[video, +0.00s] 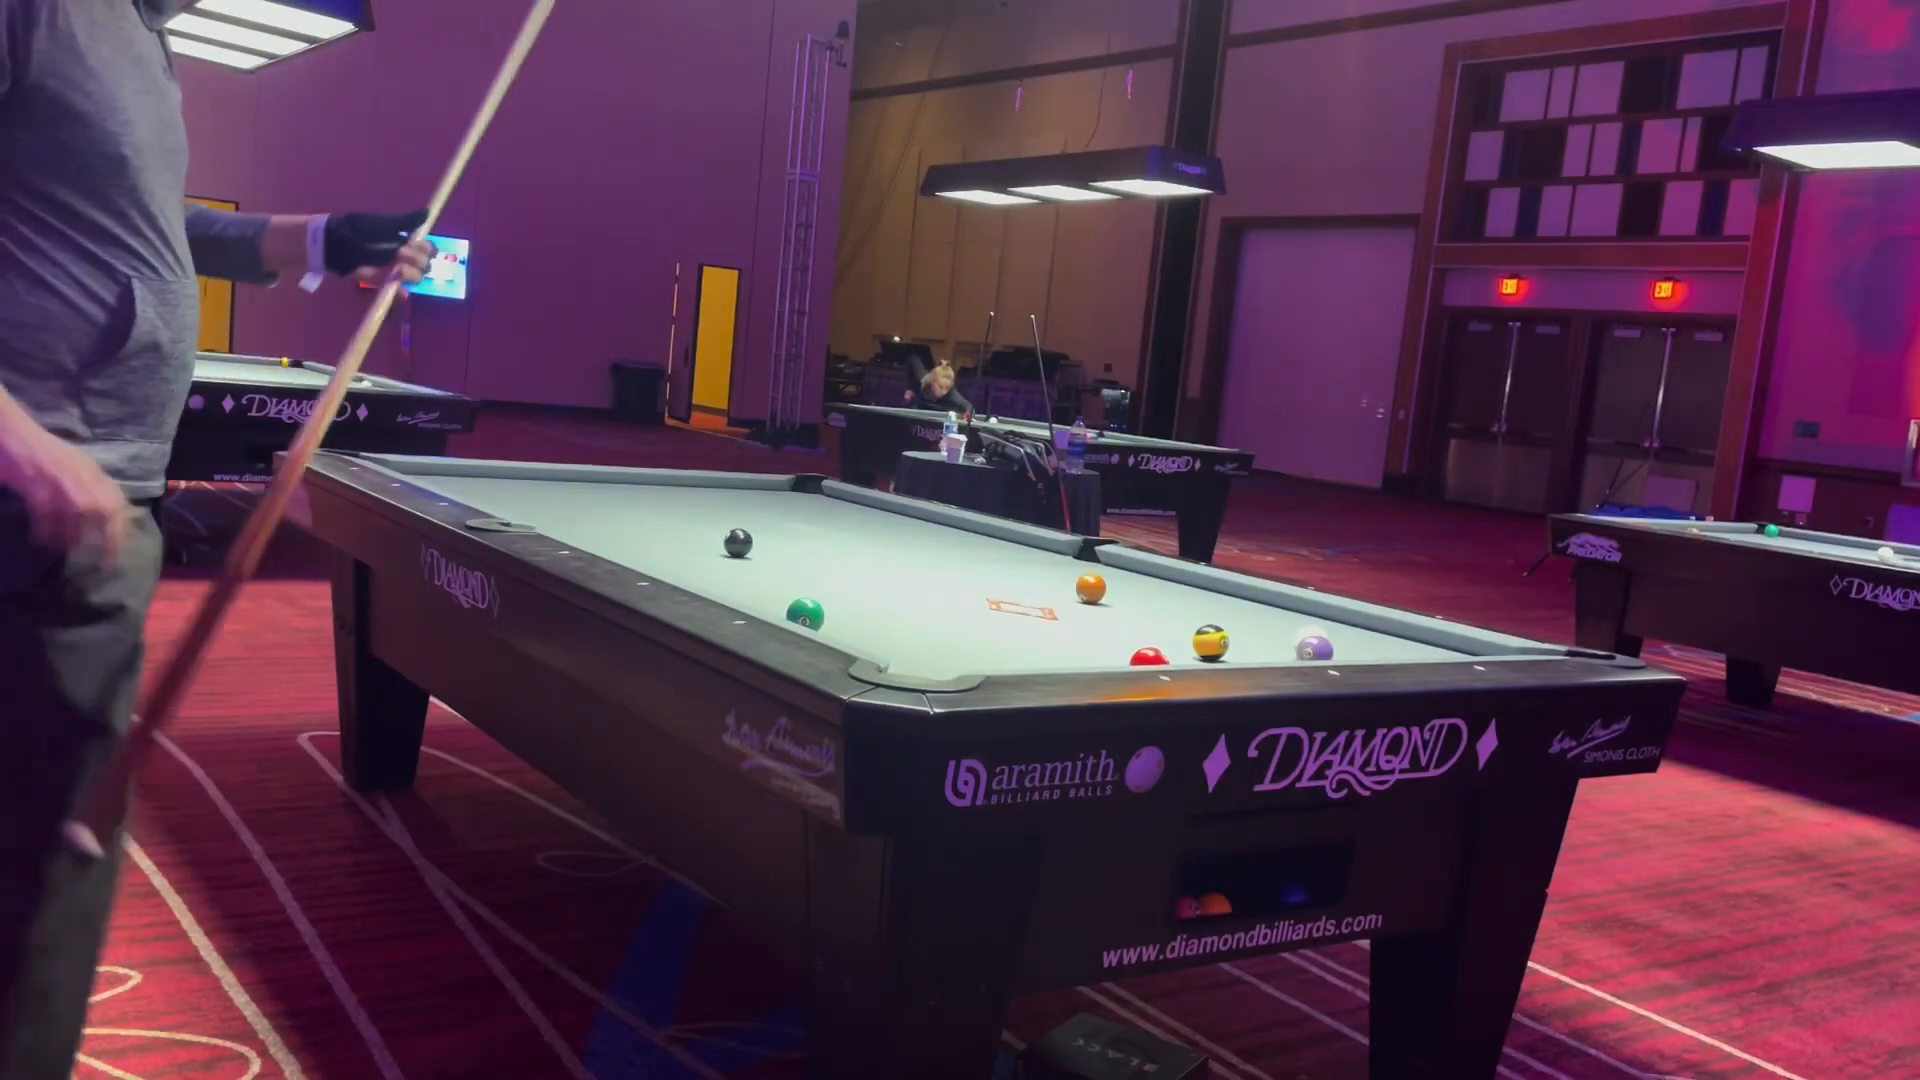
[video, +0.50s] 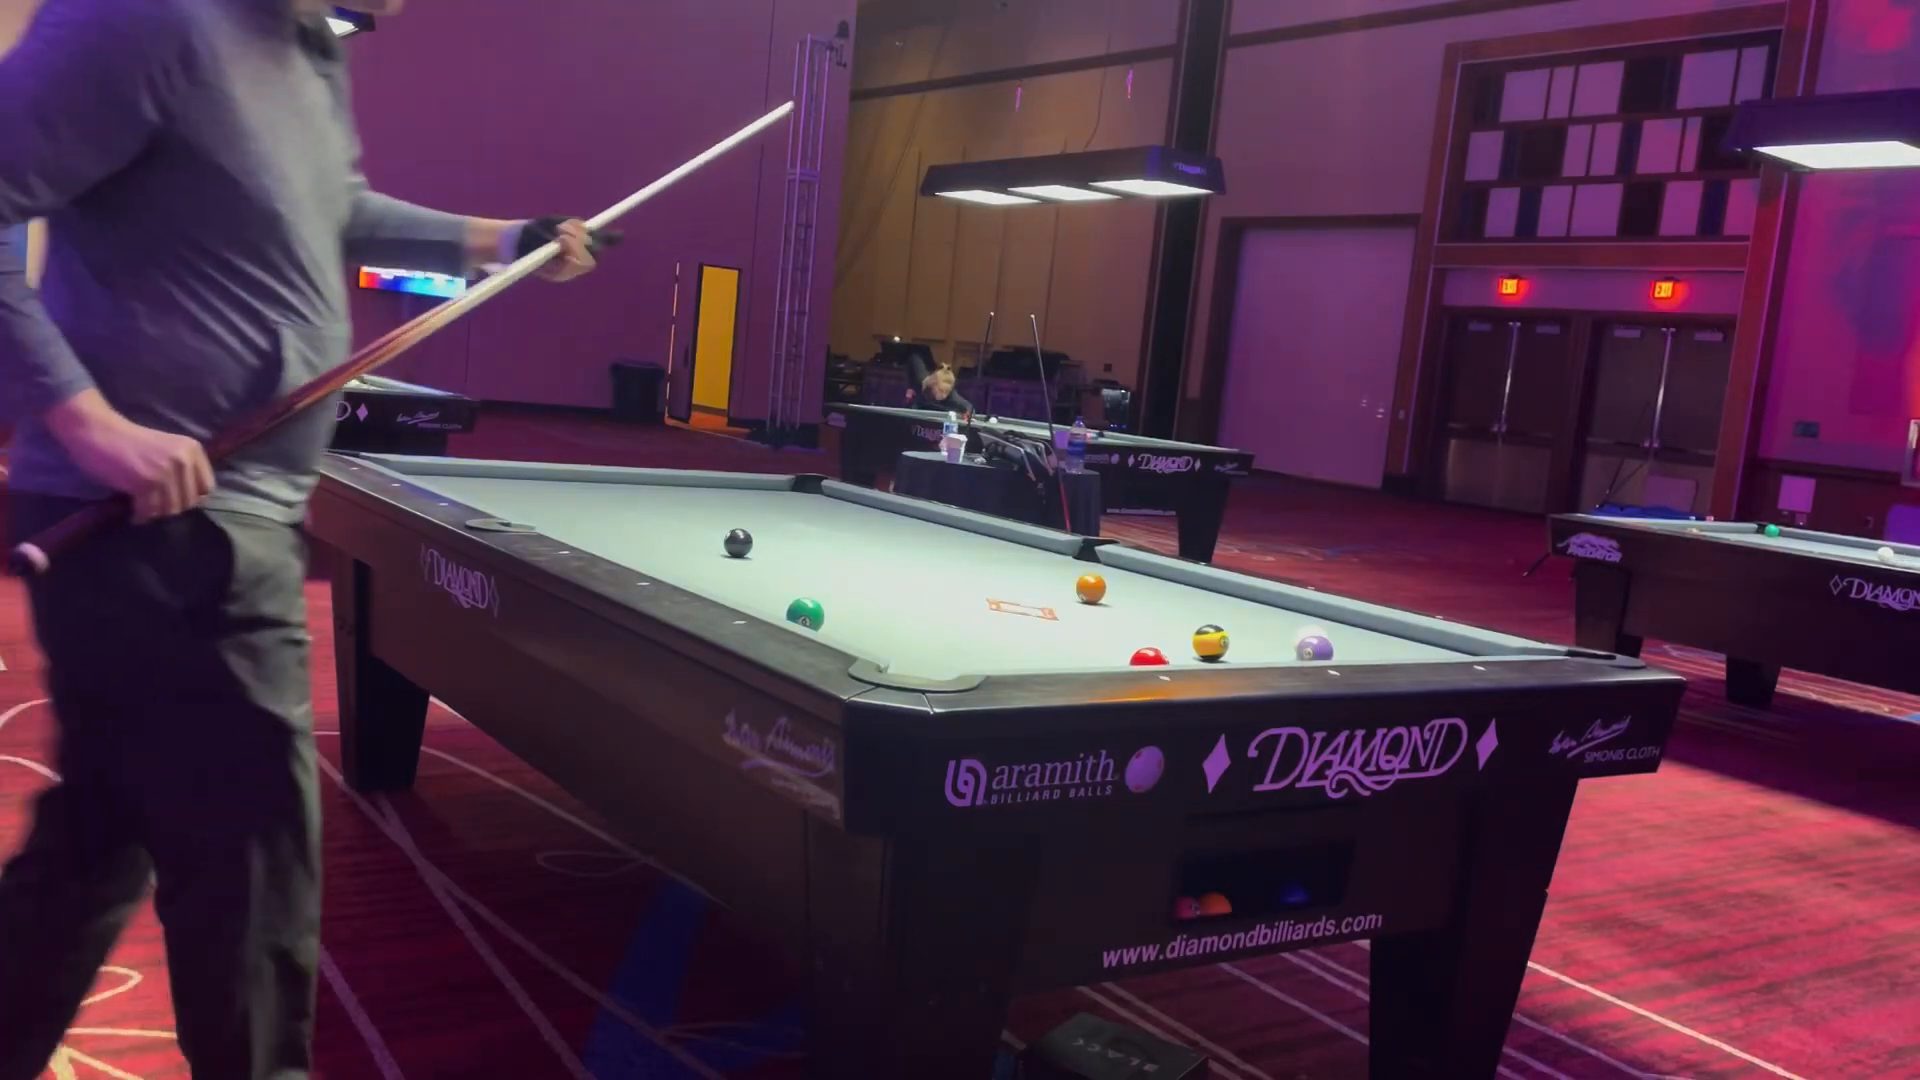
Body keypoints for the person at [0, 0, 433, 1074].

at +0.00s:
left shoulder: (126, 18)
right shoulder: (35, 18)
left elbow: (118, 225)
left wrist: (311, 245)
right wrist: (18, 438)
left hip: (102, 512)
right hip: (40, 520)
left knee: (68, 848)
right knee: (46, 861)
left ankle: (40, 1053)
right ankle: (31, 1054)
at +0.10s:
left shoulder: (138, 21)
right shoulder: (36, 18)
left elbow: (140, 218)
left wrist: (338, 233)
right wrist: (19, 428)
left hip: (103, 482)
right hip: (48, 485)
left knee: (56, 814)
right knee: (138, 815)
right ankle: (61, 1061)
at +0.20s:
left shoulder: (162, 20)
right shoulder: (46, 13)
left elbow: (160, 211)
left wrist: (360, 229)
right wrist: (11, 423)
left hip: (115, 482)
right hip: (65, 488)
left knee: (30, 831)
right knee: (185, 817)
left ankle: (2, 1045)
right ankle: (129, 1066)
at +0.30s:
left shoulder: (195, 27)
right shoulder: (66, 16)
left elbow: (205, 212)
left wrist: (395, 230)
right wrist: (19, 419)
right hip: (99, 498)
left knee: (29, 838)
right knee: (206, 825)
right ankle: (211, 1065)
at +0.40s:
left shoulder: (248, 43)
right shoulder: (100, 20)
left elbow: (259, 214)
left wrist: (434, 234)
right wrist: (41, 413)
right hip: (133, 514)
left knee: (35, 850)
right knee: (233, 838)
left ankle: (6, 1046)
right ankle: (252, 1065)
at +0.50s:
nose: (403, 1)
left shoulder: (309, 52)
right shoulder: (148, 22)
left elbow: (325, 210)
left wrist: (497, 240)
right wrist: (78, 414)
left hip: (231, 515)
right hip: (168, 521)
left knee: (92, 840)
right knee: (255, 866)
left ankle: (8, 1049)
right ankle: (263, 1064)